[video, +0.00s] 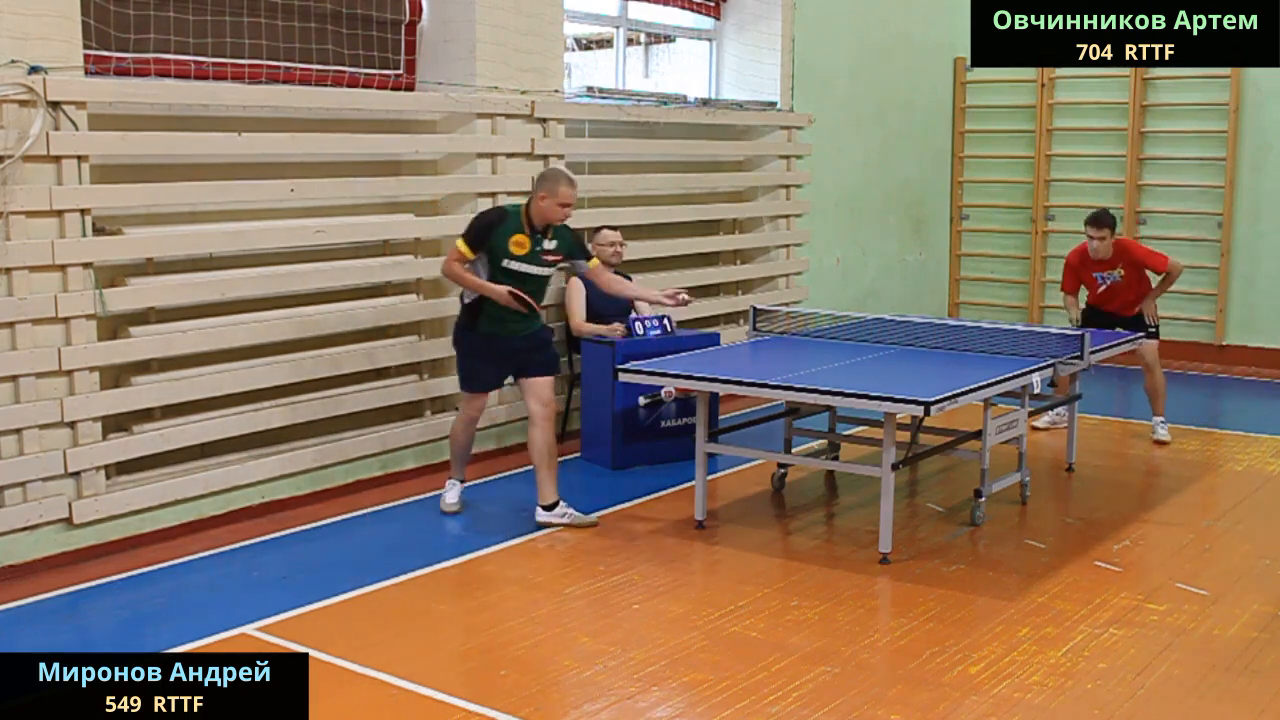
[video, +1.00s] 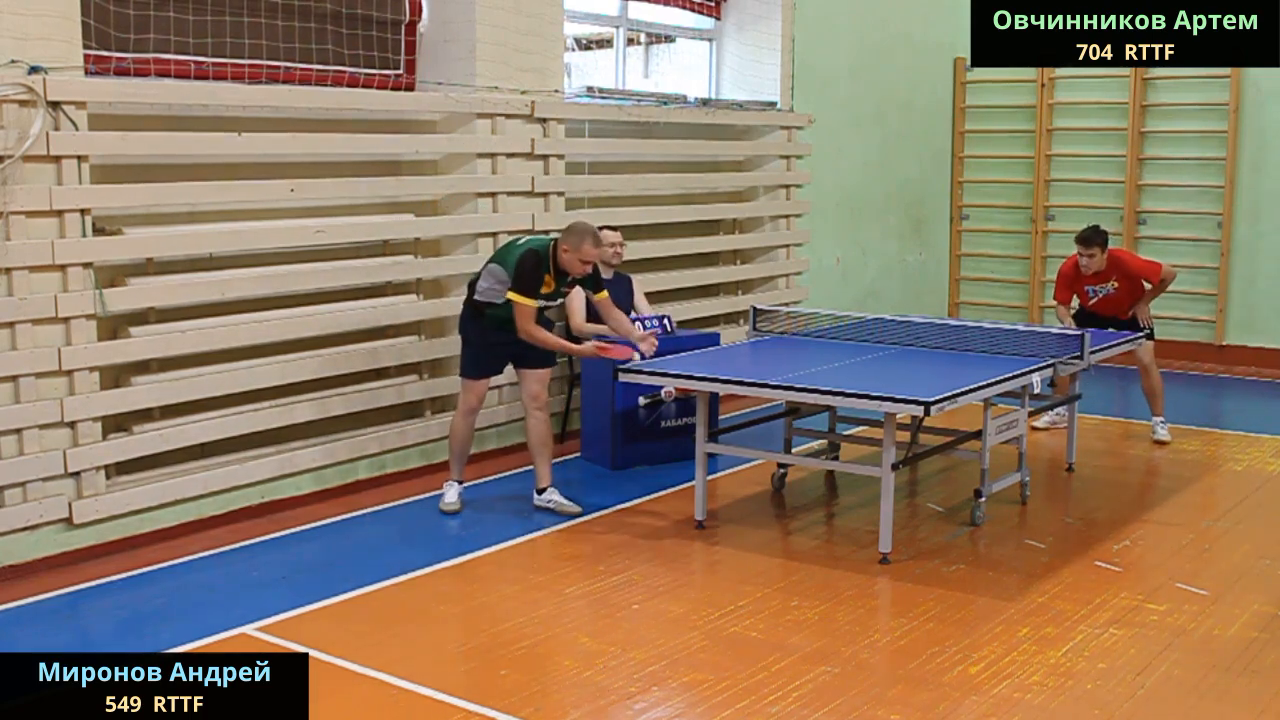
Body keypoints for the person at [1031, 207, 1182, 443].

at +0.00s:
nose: (1094, 245)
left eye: (1100, 239)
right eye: (1090, 238)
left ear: (1112, 237)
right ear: (1085, 236)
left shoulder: (1130, 250)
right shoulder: (1076, 259)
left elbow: (1175, 269)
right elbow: (1070, 293)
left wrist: (1152, 297)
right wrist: (1074, 314)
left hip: (1137, 310)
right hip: (1098, 310)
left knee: (1150, 359)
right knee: (1065, 352)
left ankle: (1159, 421)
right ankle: (1061, 410)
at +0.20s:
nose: (1096, 257)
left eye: (1102, 251)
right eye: (1092, 250)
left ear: (1114, 249)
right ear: (1086, 247)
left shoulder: (1130, 258)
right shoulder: (1077, 266)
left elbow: (1176, 275)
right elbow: (1070, 303)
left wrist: (1151, 300)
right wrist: (1076, 318)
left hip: (1137, 315)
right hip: (1098, 314)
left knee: (1150, 362)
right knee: (1065, 354)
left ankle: (1159, 421)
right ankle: (1061, 411)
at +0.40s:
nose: (1091, 262)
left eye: (1098, 257)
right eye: (1088, 255)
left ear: (1111, 254)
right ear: (1083, 251)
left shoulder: (1128, 261)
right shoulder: (1074, 270)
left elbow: (1174, 276)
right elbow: (1067, 307)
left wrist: (1149, 302)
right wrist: (1073, 320)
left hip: (1133, 317)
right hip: (1094, 316)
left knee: (1148, 361)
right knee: (1064, 355)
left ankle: (1159, 421)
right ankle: (1060, 411)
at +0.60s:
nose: (1086, 265)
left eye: (1093, 260)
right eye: (1083, 259)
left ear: (1107, 258)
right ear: (1079, 254)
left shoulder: (1125, 264)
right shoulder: (1070, 272)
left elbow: (1171, 276)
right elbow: (1063, 308)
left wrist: (1146, 302)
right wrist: (1070, 324)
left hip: (1131, 318)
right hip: (1091, 317)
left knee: (1147, 361)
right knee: (1063, 355)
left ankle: (1158, 421)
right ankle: (1060, 411)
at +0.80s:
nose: (1084, 265)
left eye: (1090, 260)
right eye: (1080, 258)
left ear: (1105, 256)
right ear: (1076, 254)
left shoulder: (1124, 263)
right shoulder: (1069, 271)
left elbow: (1169, 275)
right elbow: (1062, 307)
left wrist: (1145, 302)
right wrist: (1068, 323)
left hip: (1130, 317)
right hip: (1090, 317)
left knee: (1146, 361)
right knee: (1063, 354)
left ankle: (1158, 421)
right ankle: (1060, 411)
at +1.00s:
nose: (1084, 262)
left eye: (1090, 256)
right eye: (1080, 255)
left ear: (1105, 253)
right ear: (1076, 251)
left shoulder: (1123, 261)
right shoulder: (1069, 269)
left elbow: (1168, 274)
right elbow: (1061, 305)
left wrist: (1145, 302)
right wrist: (1068, 323)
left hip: (1130, 316)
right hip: (1091, 315)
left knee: (1146, 361)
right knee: (1062, 352)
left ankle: (1158, 421)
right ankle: (1060, 410)